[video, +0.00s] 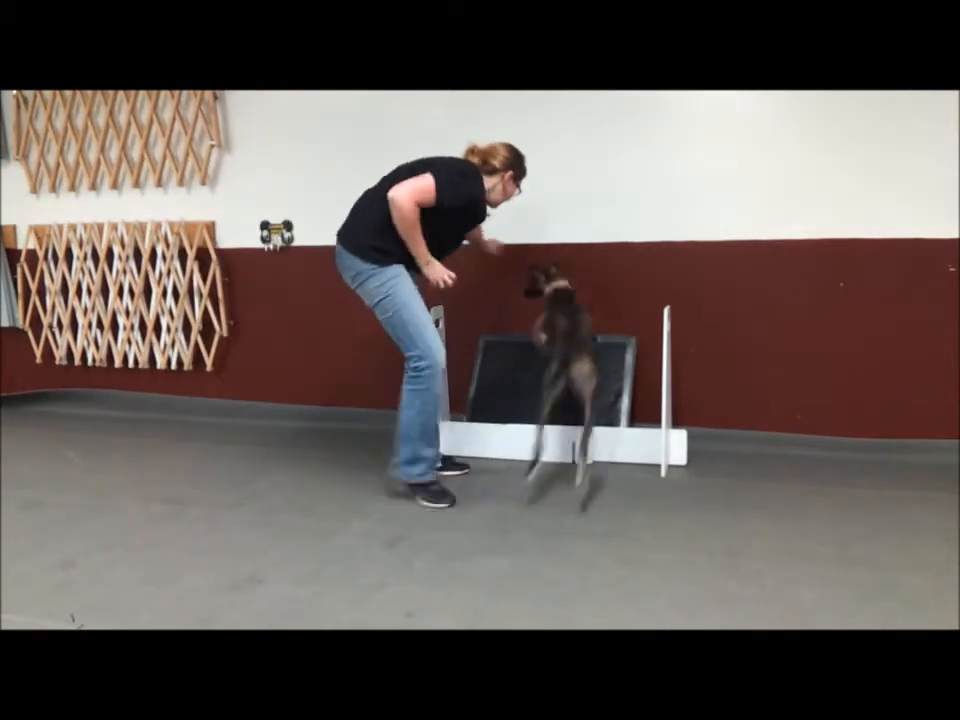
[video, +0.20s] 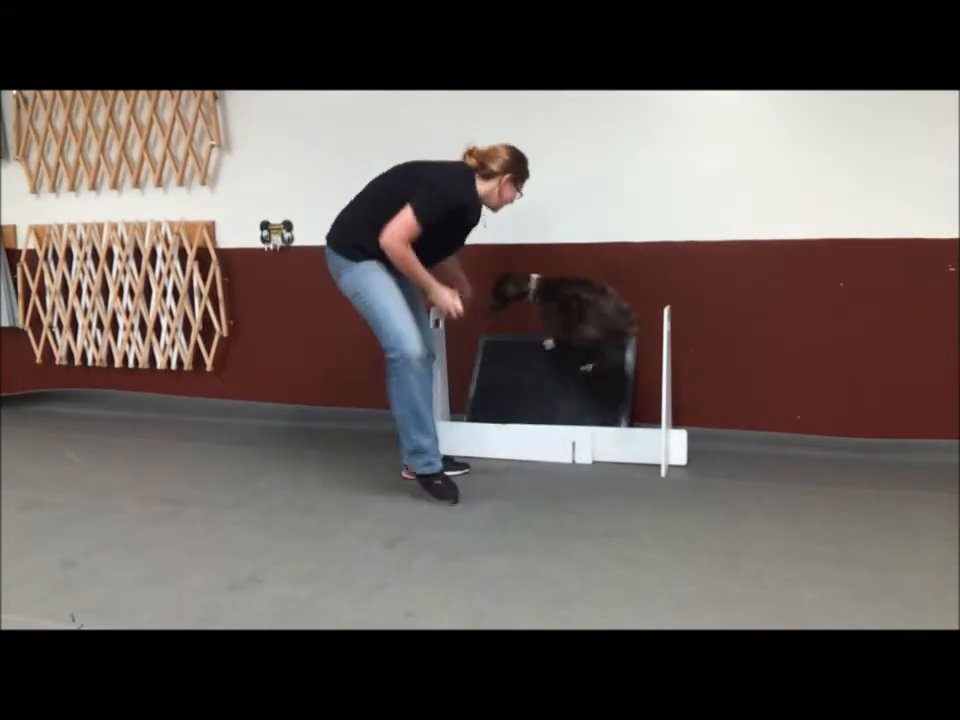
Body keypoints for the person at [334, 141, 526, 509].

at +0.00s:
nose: (514, 194)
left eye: (517, 188)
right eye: (515, 186)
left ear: (498, 175)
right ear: (503, 176)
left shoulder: (470, 189)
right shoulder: (465, 182)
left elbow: (467, 221)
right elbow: (401, 196)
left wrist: (483, 243)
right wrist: (426, 262)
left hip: (386, 258)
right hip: (370, 257)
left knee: (431, 355)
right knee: (427, 357)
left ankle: (426, 454)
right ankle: (414, 472)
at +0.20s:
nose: (516, 197)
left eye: (519, 190)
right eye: (517, 188)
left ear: (498, 178)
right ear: (502, 180)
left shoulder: (469, 206)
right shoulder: (451, 187)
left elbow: (434, 246)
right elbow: (391, 239)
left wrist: (459, 285)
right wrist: (434, 289)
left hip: (393, 256)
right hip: (356, 254)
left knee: (423, 350)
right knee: (408, 350)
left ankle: (424, 453)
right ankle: (421, 462)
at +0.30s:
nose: (511, 213)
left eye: (514, 206)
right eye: (510, 204)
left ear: (491, 195)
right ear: (492, 195)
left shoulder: (466, 221)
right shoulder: (438, 207)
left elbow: (432, 273)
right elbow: (402, 279)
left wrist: (457, 321)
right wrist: (447, 328)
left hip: (387, 266)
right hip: (343, 256)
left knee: (424, 350)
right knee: (375, 348)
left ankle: (420, 458)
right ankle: (383, 465)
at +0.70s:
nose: (350, 297)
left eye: (359, 287)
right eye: (340, 287)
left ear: (373, 281)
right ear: (320, 277)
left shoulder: (386, 271)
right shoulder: (296, 277)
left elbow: (371, 309)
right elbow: (293, 352)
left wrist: (355, 346)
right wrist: (295, 418)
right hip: (278, 293)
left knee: (413, 359)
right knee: (253, 384)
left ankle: (418, 466)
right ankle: (250, 508)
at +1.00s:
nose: (402, 189)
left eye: (404, 180)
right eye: (398, 179)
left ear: (376, 177)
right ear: (373, 174)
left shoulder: (377, 211)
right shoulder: (295, 183)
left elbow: (422, 260)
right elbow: (214, 206)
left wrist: (478, 312)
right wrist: (249, 278)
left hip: (313, 285)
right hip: (258, 282)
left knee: (365, 361)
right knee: (261, 394)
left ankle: (397, 454)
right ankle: (214, 521)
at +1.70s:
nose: (494, 208)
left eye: (497, 201)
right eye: (494, 199)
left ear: (474, 191)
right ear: (478, 193)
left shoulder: (451, 217)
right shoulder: (421, 197)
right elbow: (353, 244)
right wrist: (399, 291)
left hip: (364, 257)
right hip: (321, 251)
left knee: (401, 350)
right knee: (353, 344)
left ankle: (394, 454)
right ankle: (369, 463)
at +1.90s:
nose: (460, 252)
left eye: (464, 245)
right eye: (460, 245)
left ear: (439, 235)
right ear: (441, 237)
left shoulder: (425, 251)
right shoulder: (382, 238)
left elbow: (401, 306)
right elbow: (346, 316)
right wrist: (406, 368)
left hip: (363, 273)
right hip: (304, 264)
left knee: (404, 347)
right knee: (300, 358)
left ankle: (391, 457)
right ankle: (293, 483)